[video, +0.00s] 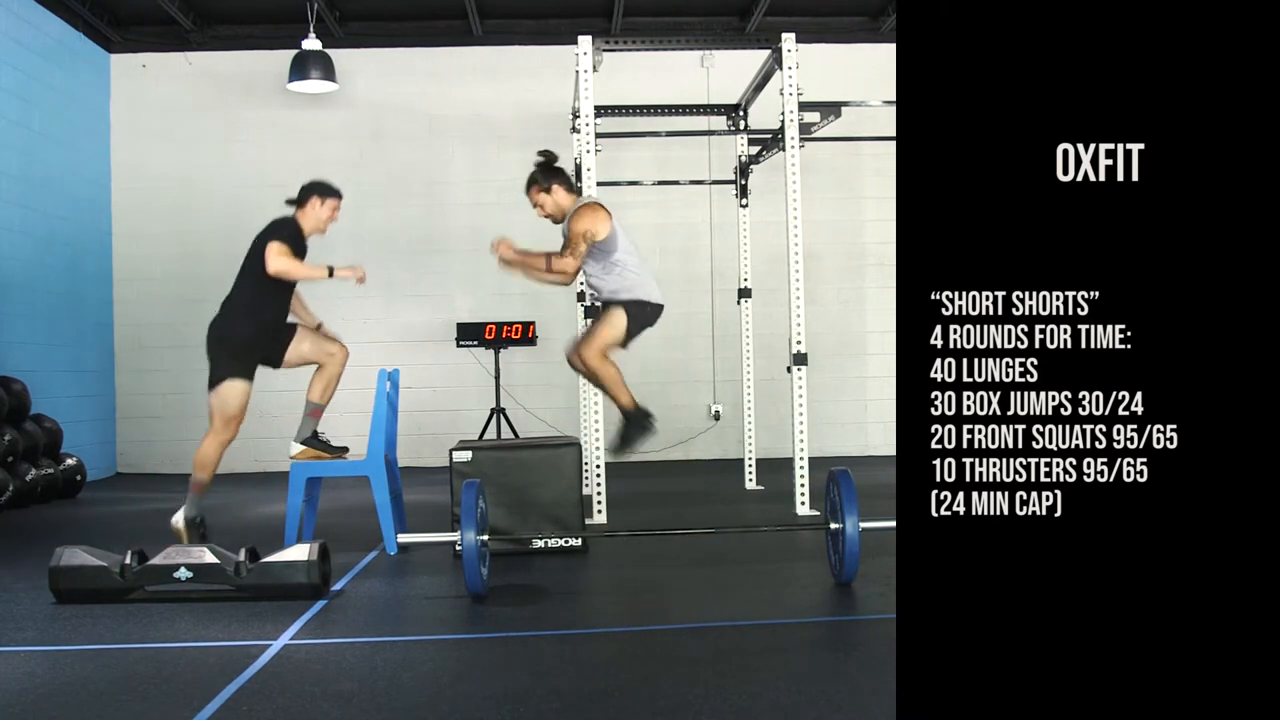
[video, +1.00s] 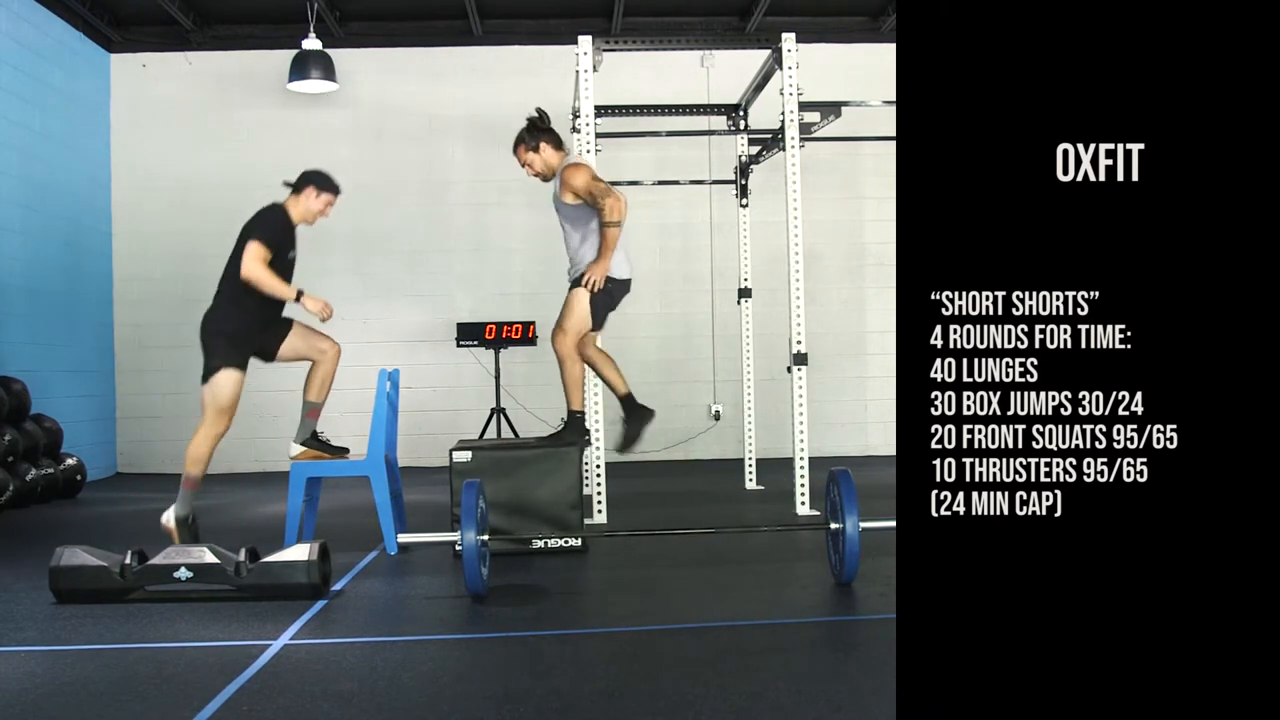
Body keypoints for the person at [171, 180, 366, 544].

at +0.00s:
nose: (335, 219)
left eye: (337, 212)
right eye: (333, 210)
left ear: (315, 206)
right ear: (313, 204)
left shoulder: (296, 242)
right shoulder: (283, 229)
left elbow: (288, 295)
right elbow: (275, 265)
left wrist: (317, 328)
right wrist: (335, 271)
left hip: (266, 335)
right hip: (234, 336)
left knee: (335, 353)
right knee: (223, 430)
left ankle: (306, 438)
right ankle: (189, 513)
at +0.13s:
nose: (346, 179)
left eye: (348, 172)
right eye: (344, 171)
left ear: (326, 167)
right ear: (324, 165)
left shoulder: (309, 207)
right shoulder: (293, 194)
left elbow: (300, 260)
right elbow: (271, 241)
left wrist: (330, 293)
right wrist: (326, 261)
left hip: (281, 302)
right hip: (251, 298)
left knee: (335, 351)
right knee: (271, 389)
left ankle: (307, 438)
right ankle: (214, 465)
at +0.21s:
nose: (347, 156)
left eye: (349, 149)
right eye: (345, 147)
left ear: (331, 144)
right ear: (325, 141)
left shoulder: (315, 182)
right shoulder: (291, 172)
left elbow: (306, 238)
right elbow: (269, 226)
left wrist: (327, 277)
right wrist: (309, 266)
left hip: (285, 278)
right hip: (258, 275)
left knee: (328, 347)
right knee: (301, 357)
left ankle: (307, 436)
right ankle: (240, 430)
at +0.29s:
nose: (347, 137)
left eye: (350, 131)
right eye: (344, 129)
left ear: (332, 126)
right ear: (325, 121)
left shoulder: (318, 163)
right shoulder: (292, 155)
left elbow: (306, 221)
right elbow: (268, 209)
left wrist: (324, 262)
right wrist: (285, 259)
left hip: (288, 259)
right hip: (264, 257)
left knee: (321, 342)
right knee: (310, 339)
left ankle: (305, 432)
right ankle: (272, 424)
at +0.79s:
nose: (347, 160)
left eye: (351, 154)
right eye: (346, 151)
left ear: (330, 145)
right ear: (328, 141)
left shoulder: (309, 179)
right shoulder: (289, 169)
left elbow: (290, 236)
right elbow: (261, 219)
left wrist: (304, 279)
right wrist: (296, 262)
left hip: (282, 276)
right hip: (254, 273)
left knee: (323, 346)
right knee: (283, 361)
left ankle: (306, 437)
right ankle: (224, 438)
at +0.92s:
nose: (339, 191)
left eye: (343, 185)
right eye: (338, 182)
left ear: (322, 174)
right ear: (320, 171)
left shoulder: (297, 207)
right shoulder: (283, 196)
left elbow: (267, 254)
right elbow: (258, 242)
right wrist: (303, 279)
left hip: (270, 306)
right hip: (240, 303)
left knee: (328, 348)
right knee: (238, 398)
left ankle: (307, 436)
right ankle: (192, 484)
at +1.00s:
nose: (327, 212)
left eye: (330, 206)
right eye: (326, 204)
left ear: (310, 197)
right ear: (308, 194)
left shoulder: (285, 229)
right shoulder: (271, 219)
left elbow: (257, 278)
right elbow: (251, 269)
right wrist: (303, 297)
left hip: (261, 327)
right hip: (229, 326)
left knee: (327, 350)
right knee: (216, 422)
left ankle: (307, 438)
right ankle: (180, 512)